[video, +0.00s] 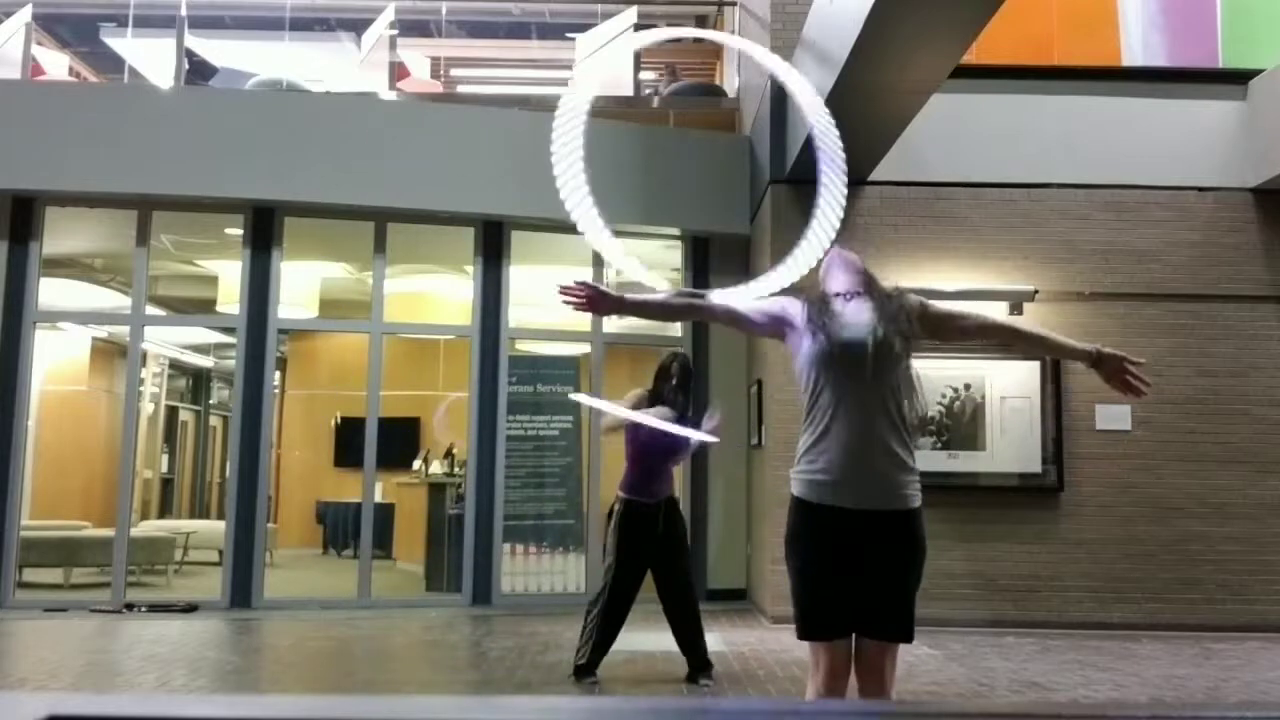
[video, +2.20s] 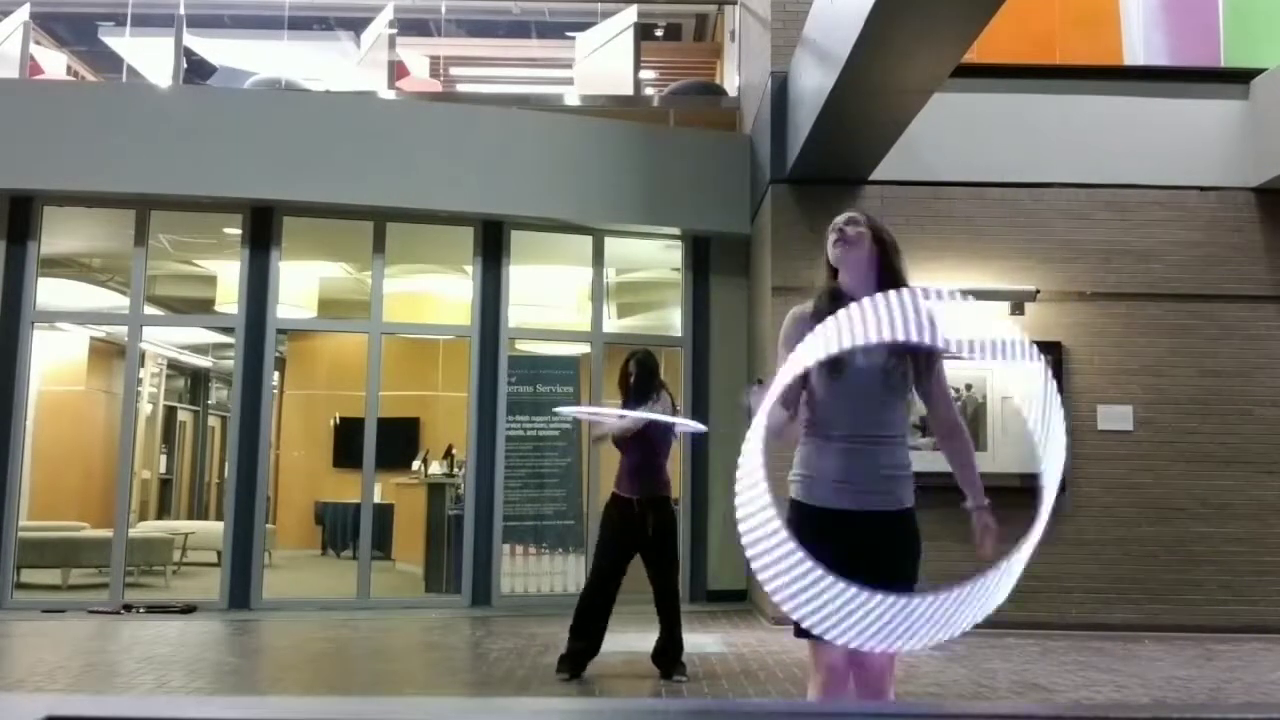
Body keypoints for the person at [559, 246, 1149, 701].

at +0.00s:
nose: (841, 255)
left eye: (849, 250)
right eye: (830, 254)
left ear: (866, 271)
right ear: (815, 272)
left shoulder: (903, 312)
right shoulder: (795, 311)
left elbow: (999, 333)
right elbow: (705, 306)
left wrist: (1088, 355)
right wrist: (620, 303)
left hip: (893, 509)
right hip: (820, 506)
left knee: (877, 672)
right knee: (829, 668)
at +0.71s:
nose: (884, 279)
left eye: (885, 276)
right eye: (873, 271)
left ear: (881, 293)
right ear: (842, 278)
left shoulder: (903, 338)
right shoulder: (806, 322)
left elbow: (991, 364)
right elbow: (709, 310)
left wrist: (1013, 325)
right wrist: (621, 302)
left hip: (903, 514)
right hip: (831, 512)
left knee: (887, 670)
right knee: (841, 670)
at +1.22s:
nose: (889, 246)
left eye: (887, 239)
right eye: (877, 240)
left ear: (878, 259)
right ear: (848, 254)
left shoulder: (904, 322)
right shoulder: (808, 312)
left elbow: (986, 358)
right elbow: (727, 330)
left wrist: (1065, 358)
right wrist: (649, 335)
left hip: (890, 506)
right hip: (822, 506)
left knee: (877, 672)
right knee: (837, 673)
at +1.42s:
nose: (873, 239)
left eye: (874, 233)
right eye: (859, 233)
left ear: (877, 252)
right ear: (829, 252)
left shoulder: (904, 324)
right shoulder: (795, 318)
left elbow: (982, 375)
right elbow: (724, 359)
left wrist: (1063, 415)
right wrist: (694, 360)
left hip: (883, 507)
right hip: (815, 507)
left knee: (872, 667)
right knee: (828, 672)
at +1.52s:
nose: (866, 241)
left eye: (870, 234)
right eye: (852, 234)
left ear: (877, 253)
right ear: (824, 253)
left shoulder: (905, 323)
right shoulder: (797, 318)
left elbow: (971, 393)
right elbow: (750, 375)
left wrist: (1033, 460)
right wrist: (739, 375)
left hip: (883, 508)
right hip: (816, 508)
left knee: (874, 666)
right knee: (830, 667)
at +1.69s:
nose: (861, 239)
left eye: (869, 233)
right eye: (848, 235)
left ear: (881, 252)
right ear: (828, 256)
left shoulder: (908, 325)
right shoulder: (803, 317)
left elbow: (944, 416)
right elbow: (782, 412)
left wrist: (931, 442)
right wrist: (816, 373)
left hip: (885, 500)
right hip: (815, 499)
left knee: (875, 652)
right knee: (820, 654)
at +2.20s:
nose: (840, 235)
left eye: (853, 228)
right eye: (832, 233)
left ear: (880, 250)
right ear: (827, 258)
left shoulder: (909, 320)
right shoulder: (804, 320)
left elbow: (946, 423)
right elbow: (777, 427)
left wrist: (978, 504)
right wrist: (783, 407)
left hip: (889, 511)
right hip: (817, 509)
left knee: (875, 671)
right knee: (830, 669)